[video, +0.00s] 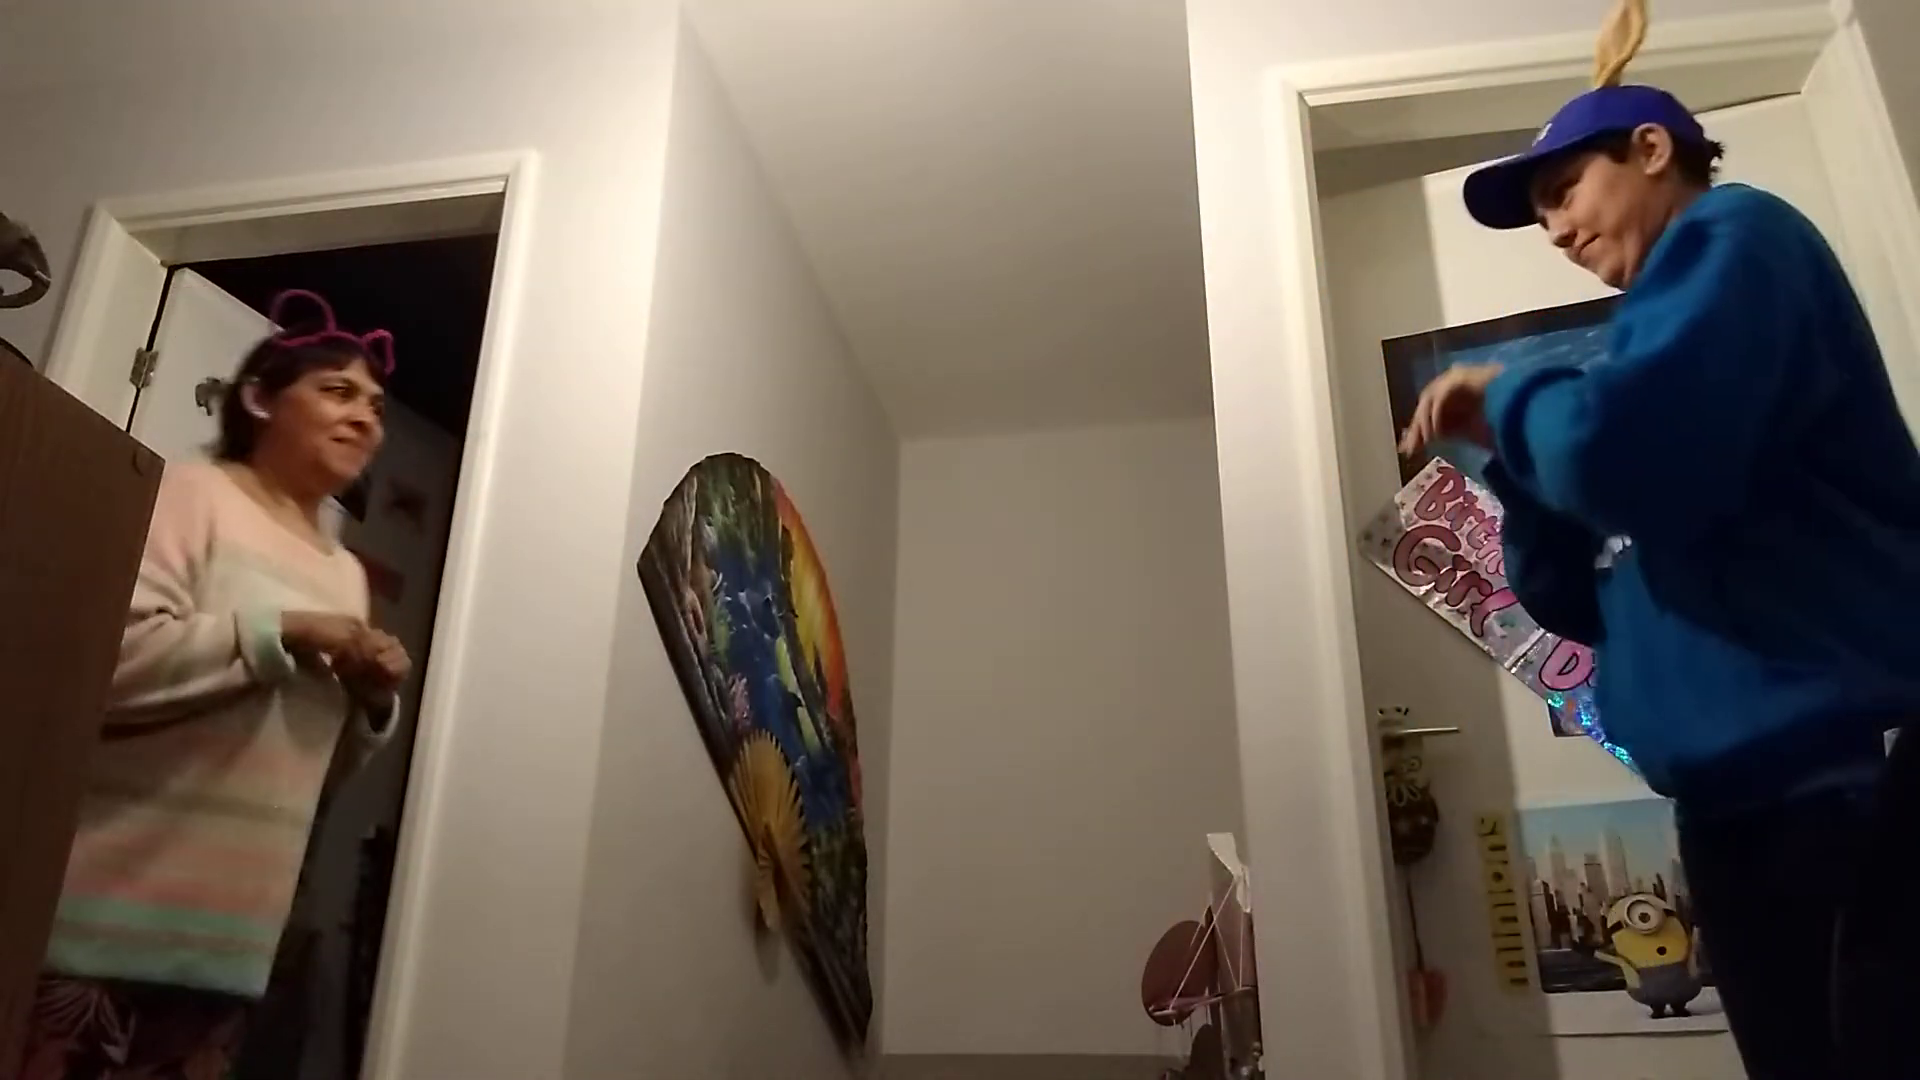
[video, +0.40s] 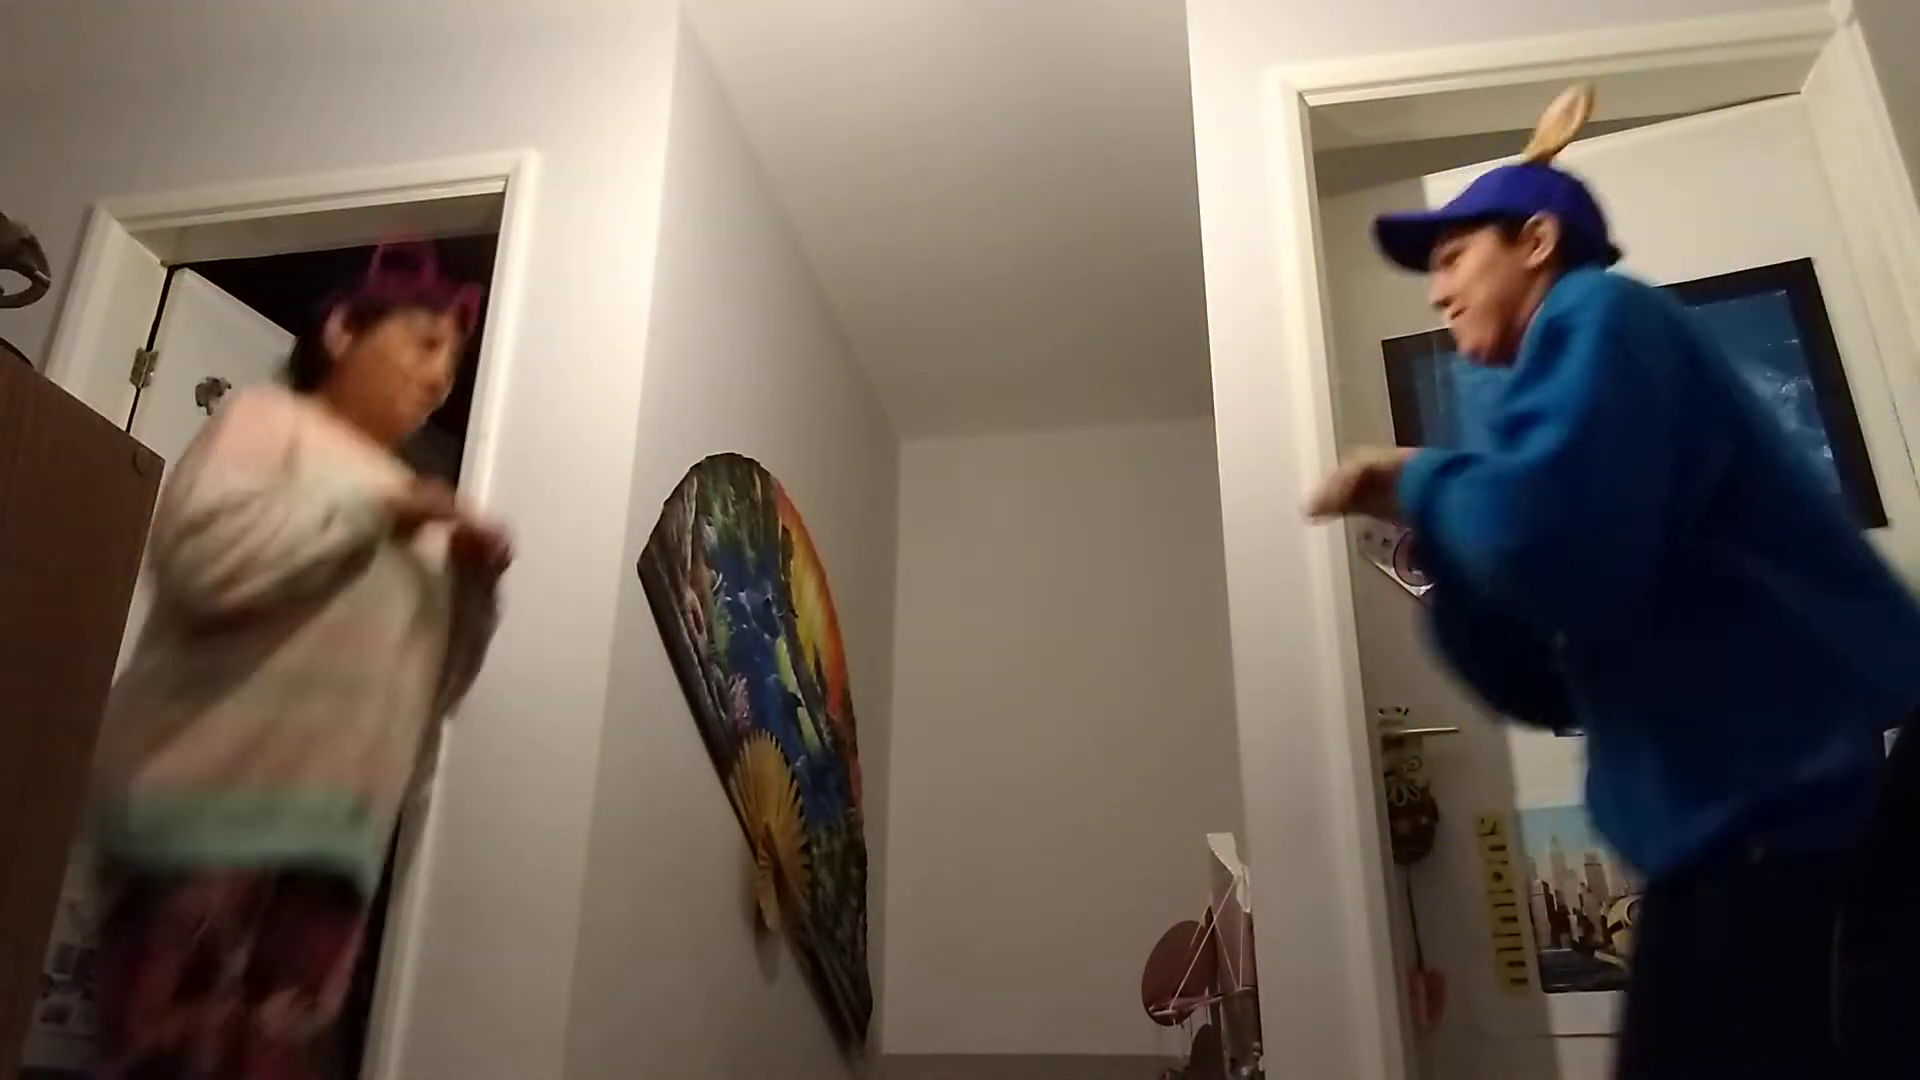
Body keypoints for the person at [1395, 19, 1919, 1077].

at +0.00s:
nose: (1556, 229)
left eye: (1569, 188)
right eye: (1545, 215)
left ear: (1653, 149)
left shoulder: (1736, 236)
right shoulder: (1643, 327)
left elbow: (1627, 443)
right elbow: (1569, 604)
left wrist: (1501, 395)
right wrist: (1520, 452)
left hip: (1844, 774)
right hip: (1739, 796)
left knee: (1855, 1047)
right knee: (1792, 1049)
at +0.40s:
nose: (1435, 290)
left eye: (1454, 256)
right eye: (1432, 267)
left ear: (1537, 240)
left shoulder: (1600, 312)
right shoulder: (1532, 402)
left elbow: (1547, 533)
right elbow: (1554, 692)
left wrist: (1403, 477)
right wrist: (1432, 558)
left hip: (1799, 784)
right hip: (1719, 812)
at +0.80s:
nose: (1248, 241)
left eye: (1264, 205)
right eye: (1242, 221)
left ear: (1345, 187)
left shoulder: (1428, 276)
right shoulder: (1314, 370)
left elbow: (1380, 494)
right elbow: (1294, 629)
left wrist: (1243, 432)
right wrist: (1240, 482)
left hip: (1533, 752)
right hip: (1439, 768)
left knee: (1514, 1051)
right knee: (1456, 1052)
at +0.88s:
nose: (1219, 261)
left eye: (1235, 225)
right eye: (1215, 239)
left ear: (1317, 209)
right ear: (1309, 219)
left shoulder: (1390, 296)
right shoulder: (1313, 378)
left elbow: (1296, 501)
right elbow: (1242, 645)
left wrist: (1203, 418)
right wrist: (1206, 476)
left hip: (1473, 792)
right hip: (1393, 805)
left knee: (1444, 1056)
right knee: (1402, 1052)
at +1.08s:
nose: (1104, 221)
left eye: (1121, 184)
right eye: (1101, 201)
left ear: (1199, 162)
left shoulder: (1261, 229)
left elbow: (1186, 402)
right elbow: (1152, 570)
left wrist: (1100, 353)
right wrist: (1113, 417)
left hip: (1334, 666)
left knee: (1288, 1002)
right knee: (1304, 1004)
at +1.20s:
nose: (1055, 282)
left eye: (1068, 249)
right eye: (1051, 263)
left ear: (1137, 229)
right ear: (1138, 241)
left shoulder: (1197, 307)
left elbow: (1137, 507)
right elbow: (1107, 640)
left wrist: (1033, 456)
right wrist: (1048, 498)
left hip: (1254, 769)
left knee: (1147, 1056)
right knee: (1205, 1058)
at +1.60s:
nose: (959, 288)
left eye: (969, 255)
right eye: (958, 265)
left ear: (1022, 229)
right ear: (1049, 234)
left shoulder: (1066, 301)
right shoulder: (1139, 314)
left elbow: (972, 493)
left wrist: (913, 428)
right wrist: (922, 441)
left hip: (1089, 755)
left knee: (1018, 1043)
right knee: (1130, 1044)